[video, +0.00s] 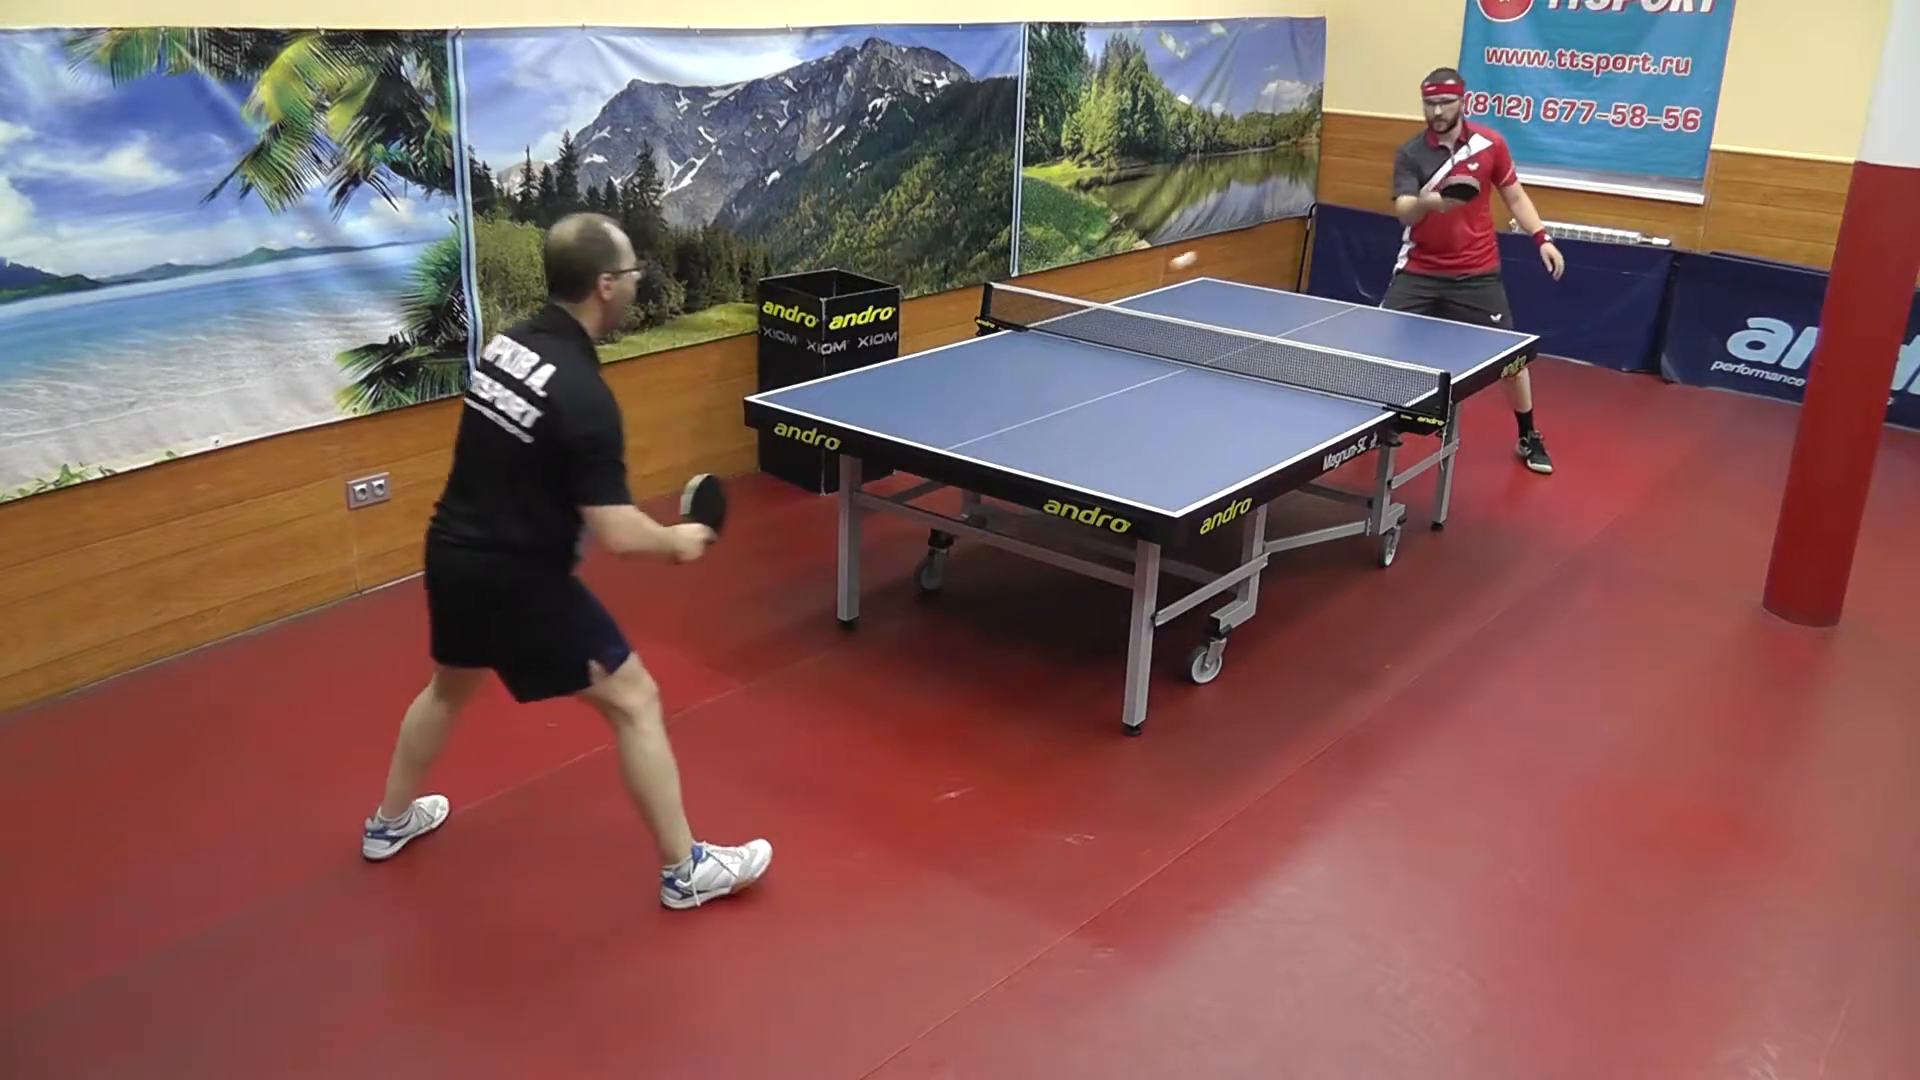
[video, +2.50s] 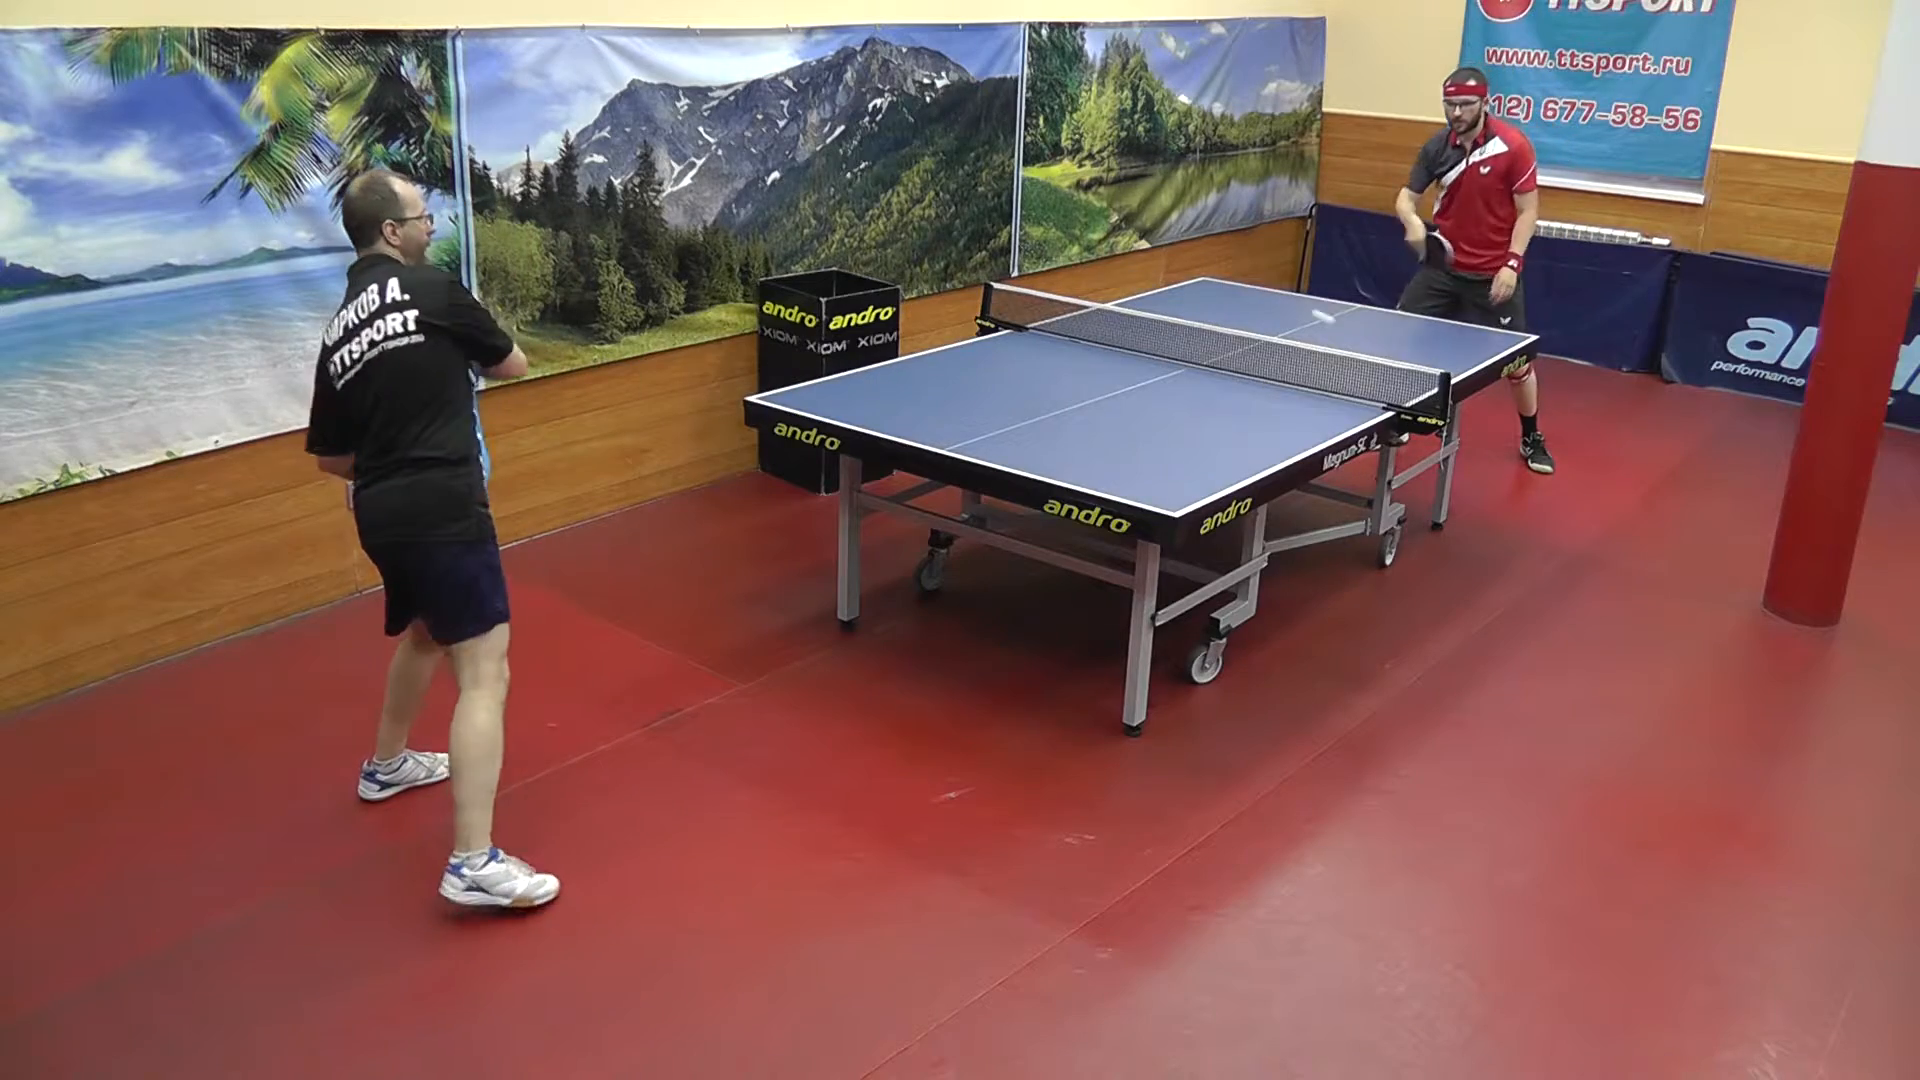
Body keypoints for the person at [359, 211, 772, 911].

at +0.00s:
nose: (637, 283)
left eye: (634, 270)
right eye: (631, 272)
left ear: (568, 283)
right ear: (603, 287)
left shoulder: (512, 342)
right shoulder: (586, 398)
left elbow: (512, 458)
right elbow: (614, 526)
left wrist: (588, 514)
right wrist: (674, 540)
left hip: (452, 558)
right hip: (523, 578)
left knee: (446, 689)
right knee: (634, 699)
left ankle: (388, 819)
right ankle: (684, 865)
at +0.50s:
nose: (576, 286)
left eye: (572, 273)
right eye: (572, 275)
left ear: (501, 284)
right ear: (554, 281)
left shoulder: (452, 365)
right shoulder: (587, 364)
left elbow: (398, 483)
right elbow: (637, 470)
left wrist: (448, 526)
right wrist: (566, 454)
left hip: (448, 580)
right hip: (540, 583)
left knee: (436, 693)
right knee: (631, 699)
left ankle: (388, 820)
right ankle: (630, 874)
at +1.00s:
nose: (612, 270)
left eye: (607, 258)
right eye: (606, 259)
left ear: (540, 275)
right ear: (588, 273)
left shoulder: (494, 357)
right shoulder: (622, 353)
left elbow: (435, 463)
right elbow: (732, 401)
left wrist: (483, 522)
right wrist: (856, 405)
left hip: (476, 567)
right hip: (564, 574)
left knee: (436, 700)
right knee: (643, 700)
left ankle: (388, 821)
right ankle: (630, 874)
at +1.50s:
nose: (582, 252)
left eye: (578, 241)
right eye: (574, 244)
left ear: (516, 258)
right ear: (547, 257)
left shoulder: (462, 322)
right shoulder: (555, 349)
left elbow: (420, 414)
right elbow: (595, 478)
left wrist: (485, 455)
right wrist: (669, 548)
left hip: (427, 530)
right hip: (500, 547)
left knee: (440, 648)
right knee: (586, 687)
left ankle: (402, 770)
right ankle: (623, 859)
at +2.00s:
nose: (538, 280)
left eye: (536, 268)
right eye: (525, 271)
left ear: (487, 279)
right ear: (481, 281)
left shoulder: (498, 333)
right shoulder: (432, 361)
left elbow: (522, 406)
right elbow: (370, 477)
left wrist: (576, 453)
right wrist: (393, 563)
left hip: (483, 541)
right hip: (459, 553)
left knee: (463, 654)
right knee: (535, 682)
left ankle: (390, 755)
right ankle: (586, 855)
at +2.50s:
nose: (432, 227)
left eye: (427, 215)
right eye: (422, 218)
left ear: (367, 236)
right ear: (393, 231)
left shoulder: (339, 332)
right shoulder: (431, 287)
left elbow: (331, 456)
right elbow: (513, 366)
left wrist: (397, 449)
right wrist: (456, 357)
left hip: (379, 510)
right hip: (445, 505)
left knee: (420, 632)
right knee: (483, 677)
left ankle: (387, 761)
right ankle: (473, 859)